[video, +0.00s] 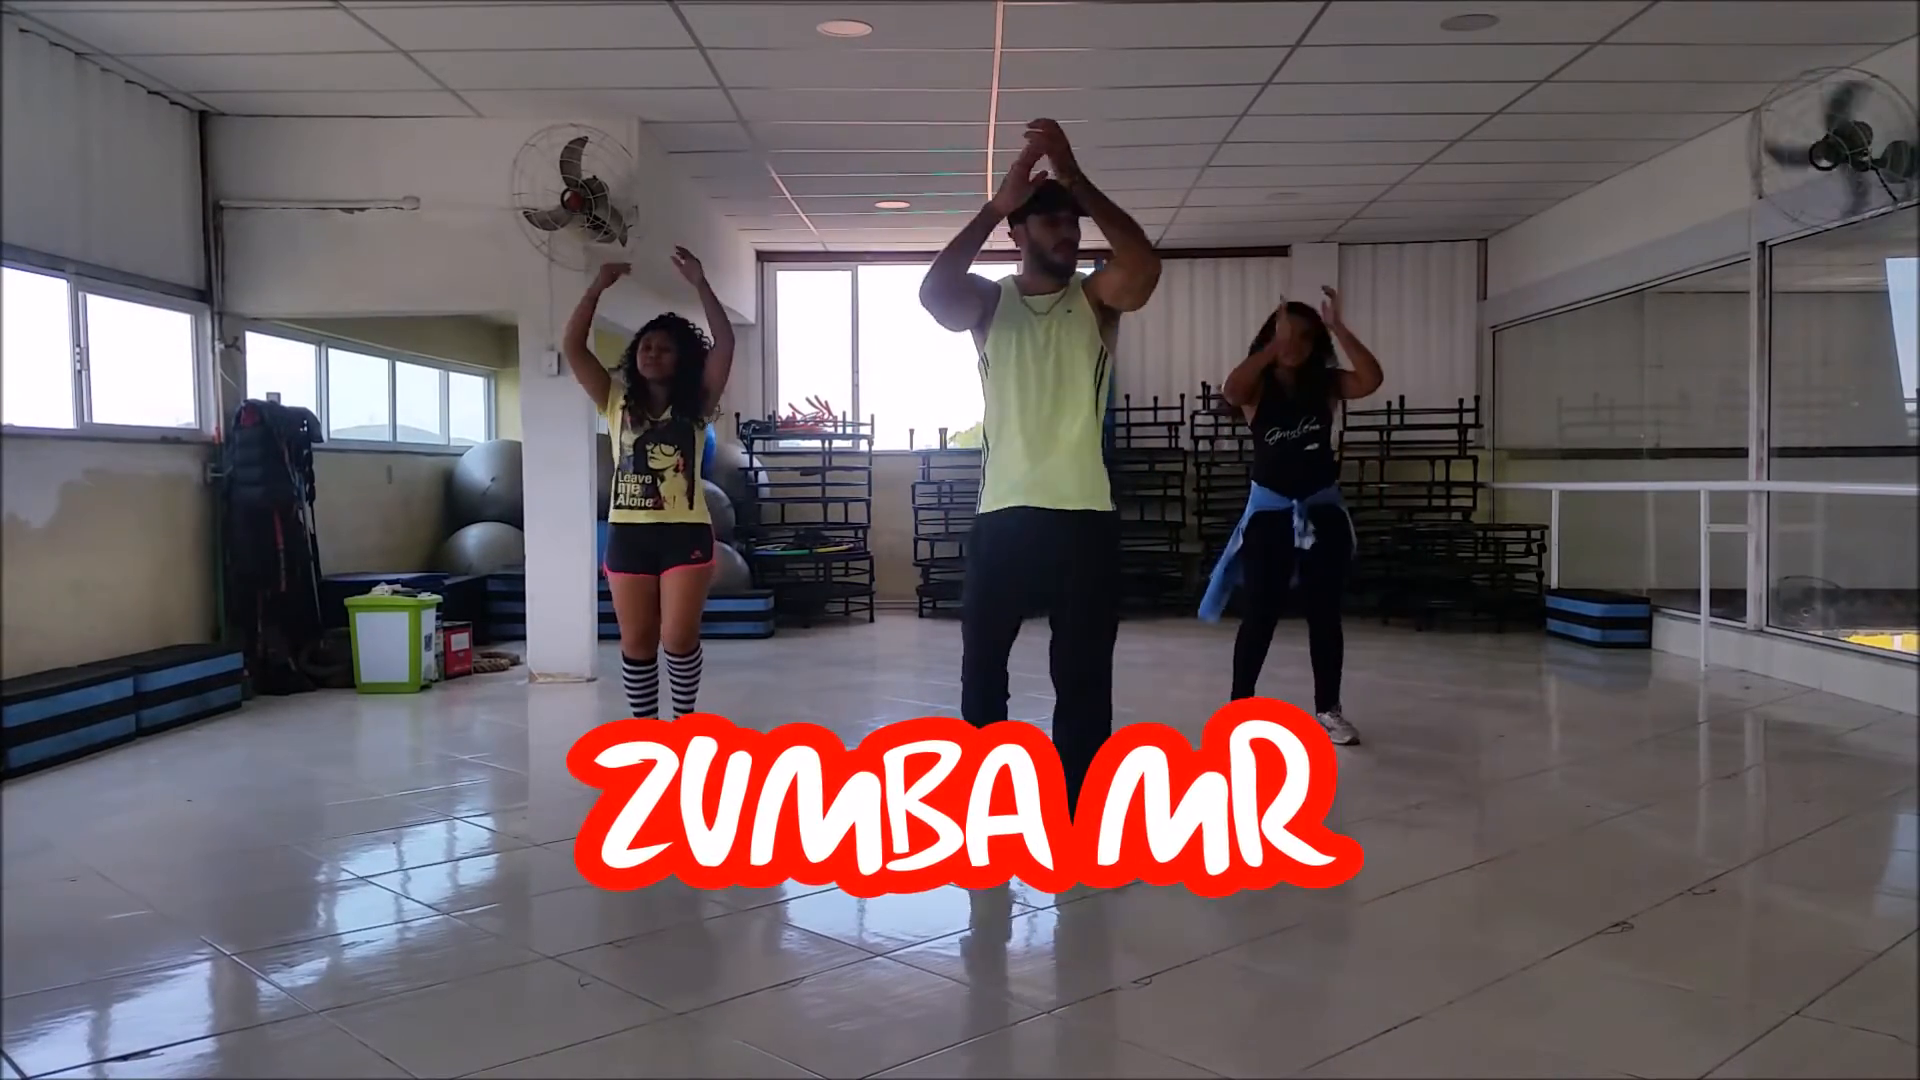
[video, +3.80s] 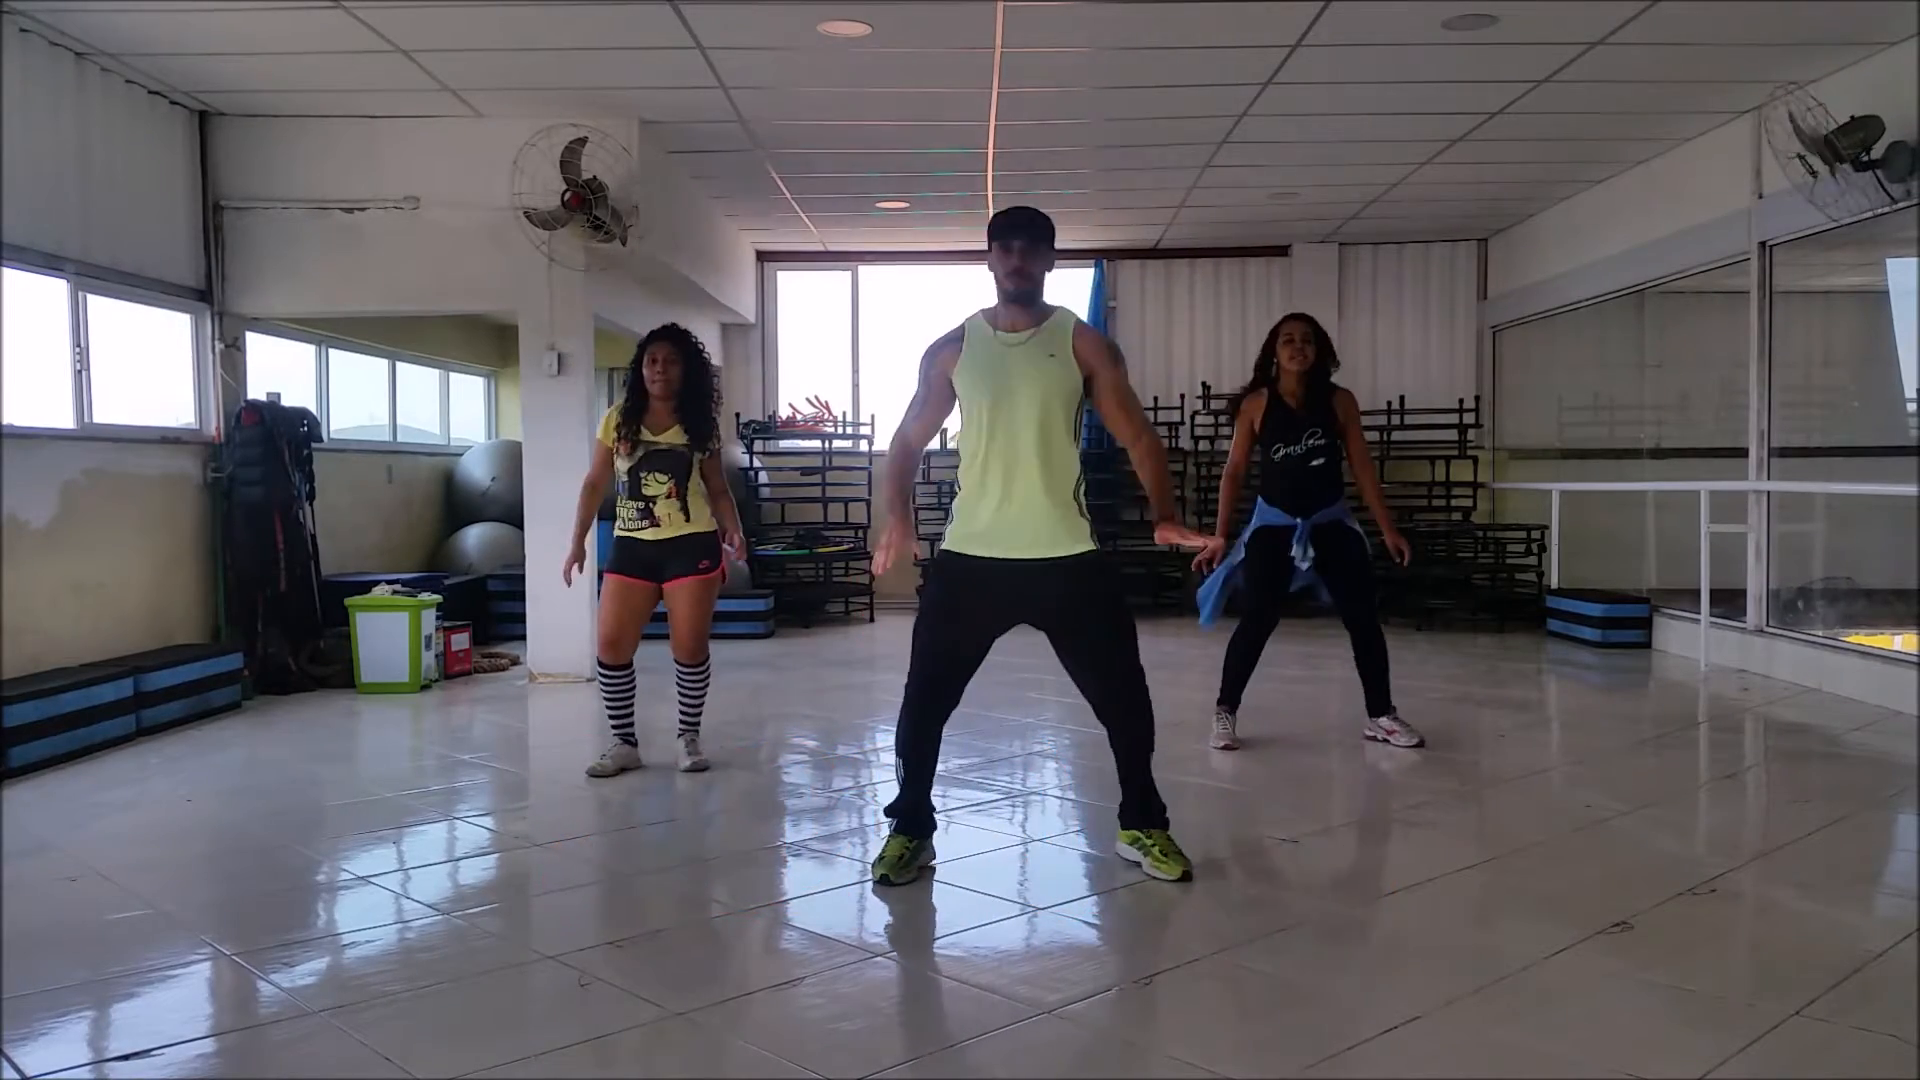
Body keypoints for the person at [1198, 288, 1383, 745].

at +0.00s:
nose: (1292, 345)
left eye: (1301, 338)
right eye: (1285, 336)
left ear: (1313, 343)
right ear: (1271, 341)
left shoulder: (1327, 382)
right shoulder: (1254, 385)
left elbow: (1370, 379)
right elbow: (1232, 387)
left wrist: (1337, 327)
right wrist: (1268, 348)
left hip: (1323, 515)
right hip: (1269, 516)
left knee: (1325, 614)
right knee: (1260, 615)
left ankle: (1328, 711)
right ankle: (1239, 710)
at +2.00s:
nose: (1304, 339)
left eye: (1313, 332)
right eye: (1295, 333)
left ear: (1326, 341)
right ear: (1280, 342)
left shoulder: (1337, 388)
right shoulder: (1264, 386)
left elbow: (1373, 357)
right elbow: (1233, 363)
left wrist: (1349, 306)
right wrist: (1263, 314)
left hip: (1326, 516)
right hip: (1270, 515)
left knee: (1327, 614)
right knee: (1254, 605)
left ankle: (1332, 712)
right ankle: (1243, 698)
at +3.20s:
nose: (1293, 340)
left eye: (1301, 332)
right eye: (1285, 333)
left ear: (1316, 340)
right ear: (1274, 339)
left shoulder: (1334, 384)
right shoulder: (1259, 383)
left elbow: (1368, 381)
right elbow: (1222, 376)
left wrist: (1322, 350)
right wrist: (1282, 361)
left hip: (1322, 513)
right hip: (1266, 513)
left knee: (1326, 615)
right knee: (1255, 615)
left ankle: (1333, 716)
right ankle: (1235, 717)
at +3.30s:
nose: (1286, 338)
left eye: (1295, 331)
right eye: (1277, 332)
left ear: (1309, 342)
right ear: (1262, 343)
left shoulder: (1326, 390)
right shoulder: (1248, 387)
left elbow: (1375, 413)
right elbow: (1201, 402)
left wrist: (1327, 383)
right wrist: (1265, 390)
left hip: (1315, 515)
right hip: (1258, 515)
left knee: (1327, 614)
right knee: (1249, 615)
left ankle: (1335, 713)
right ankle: (1234, 715)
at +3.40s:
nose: (1278, 337)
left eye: (1287, 331)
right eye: (1269, 331)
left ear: (1300, 342)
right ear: (1254, 342)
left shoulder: (1317, 390)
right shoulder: (1239, 388)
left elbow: (1368, 434)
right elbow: (1191, 427)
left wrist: (1336, 428)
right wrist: (1239, 436)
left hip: (1309, 513)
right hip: (1252, 514)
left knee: (1343, 598)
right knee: (1245, 611)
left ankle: (1347, 705)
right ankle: (1234, 715)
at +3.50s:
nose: (1279, 335)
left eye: (1287, 329)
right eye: (1269, 329)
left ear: (1300, 339)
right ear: (1254, 339)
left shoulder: (1315, 390)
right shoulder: (1235, 387)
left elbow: (1350, 438)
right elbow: (1195, 444)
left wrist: (1362, 460)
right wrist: (1220, 476)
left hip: (1308, 511)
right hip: (1251, 512)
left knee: (1348, 598)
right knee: (1245, 611)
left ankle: (1365, 700)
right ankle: (1234, 715)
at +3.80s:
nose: (1298, 347)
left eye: (1306, 341)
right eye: (1288, 341)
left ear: (1319, 351)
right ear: (1273, 351)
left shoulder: (1339, 401)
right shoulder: (1255, 405)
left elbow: (1363, 467)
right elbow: (1233, 473)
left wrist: (1387, 528)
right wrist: (1221, 533)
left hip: (1332, 524)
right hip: (1274, 526)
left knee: (1363, 616)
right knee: (1260, 616)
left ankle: (1381, 716)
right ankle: (1225, 713)